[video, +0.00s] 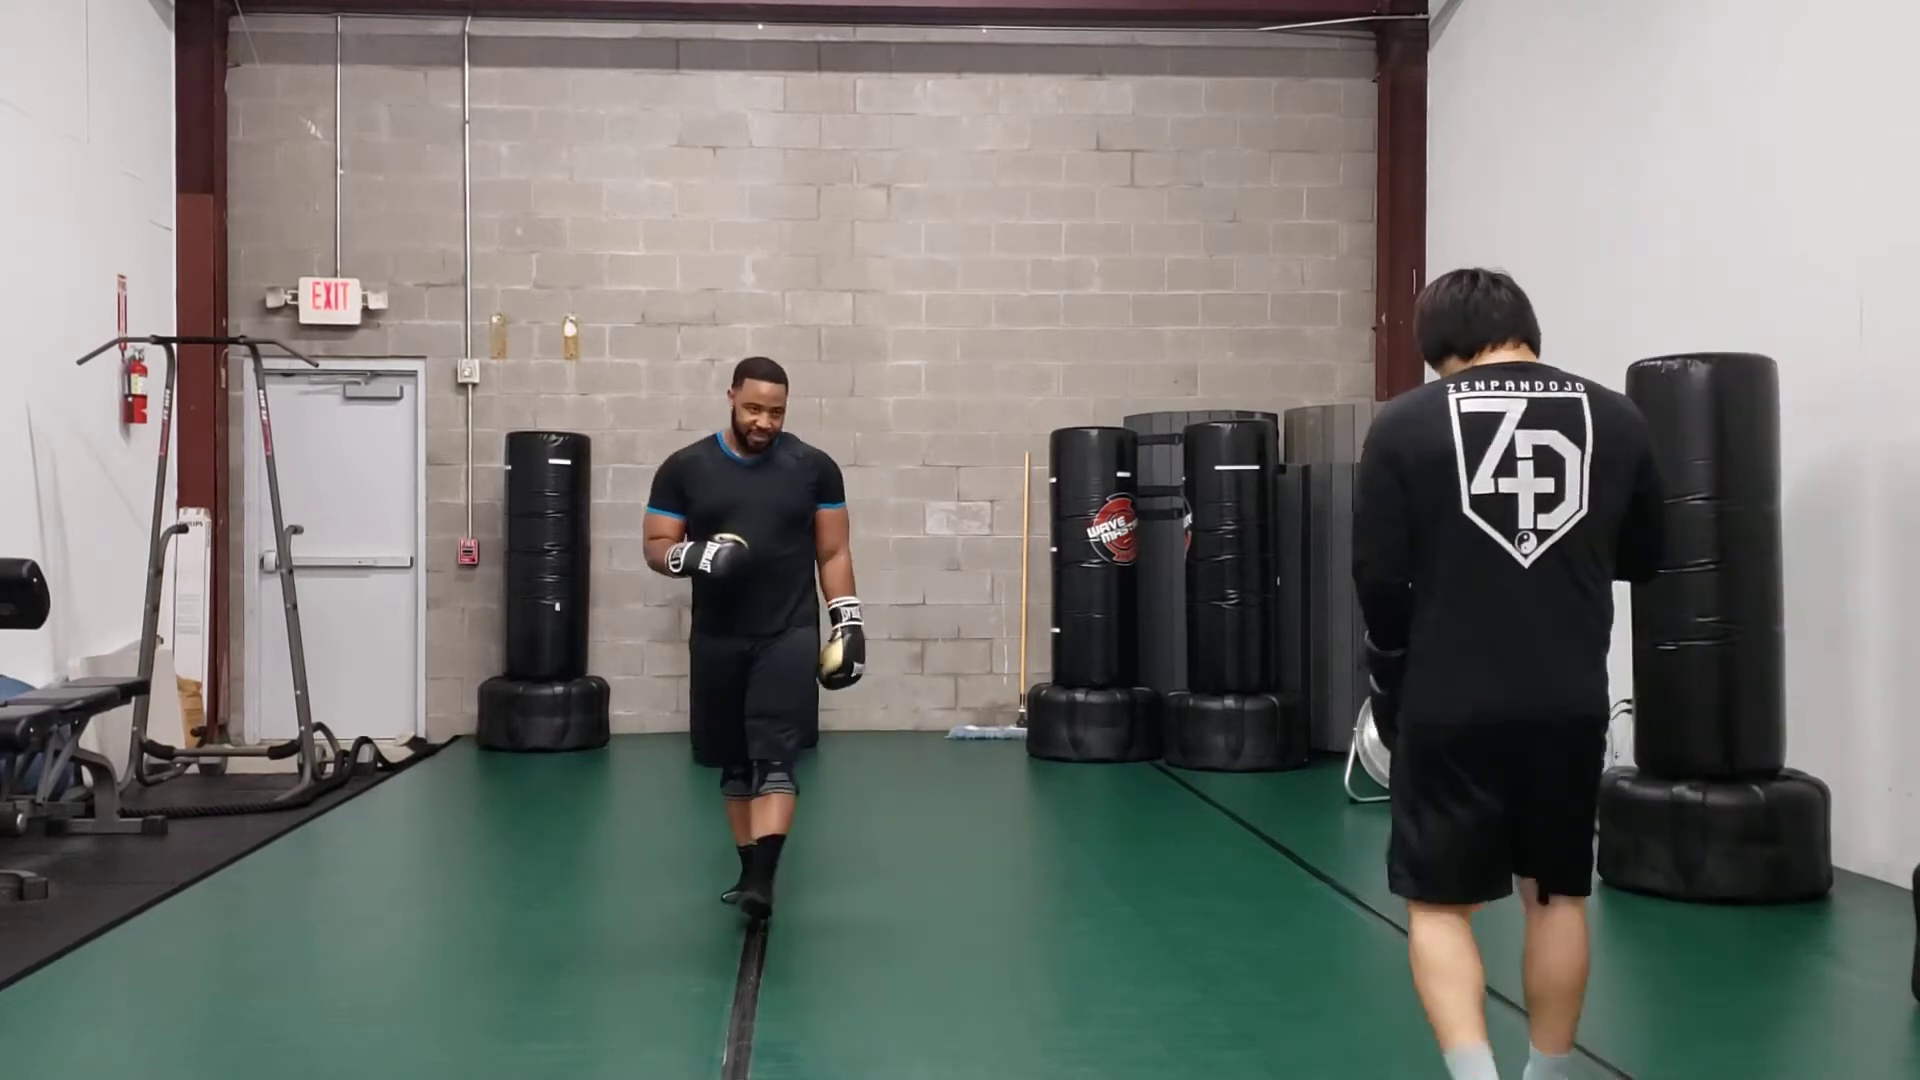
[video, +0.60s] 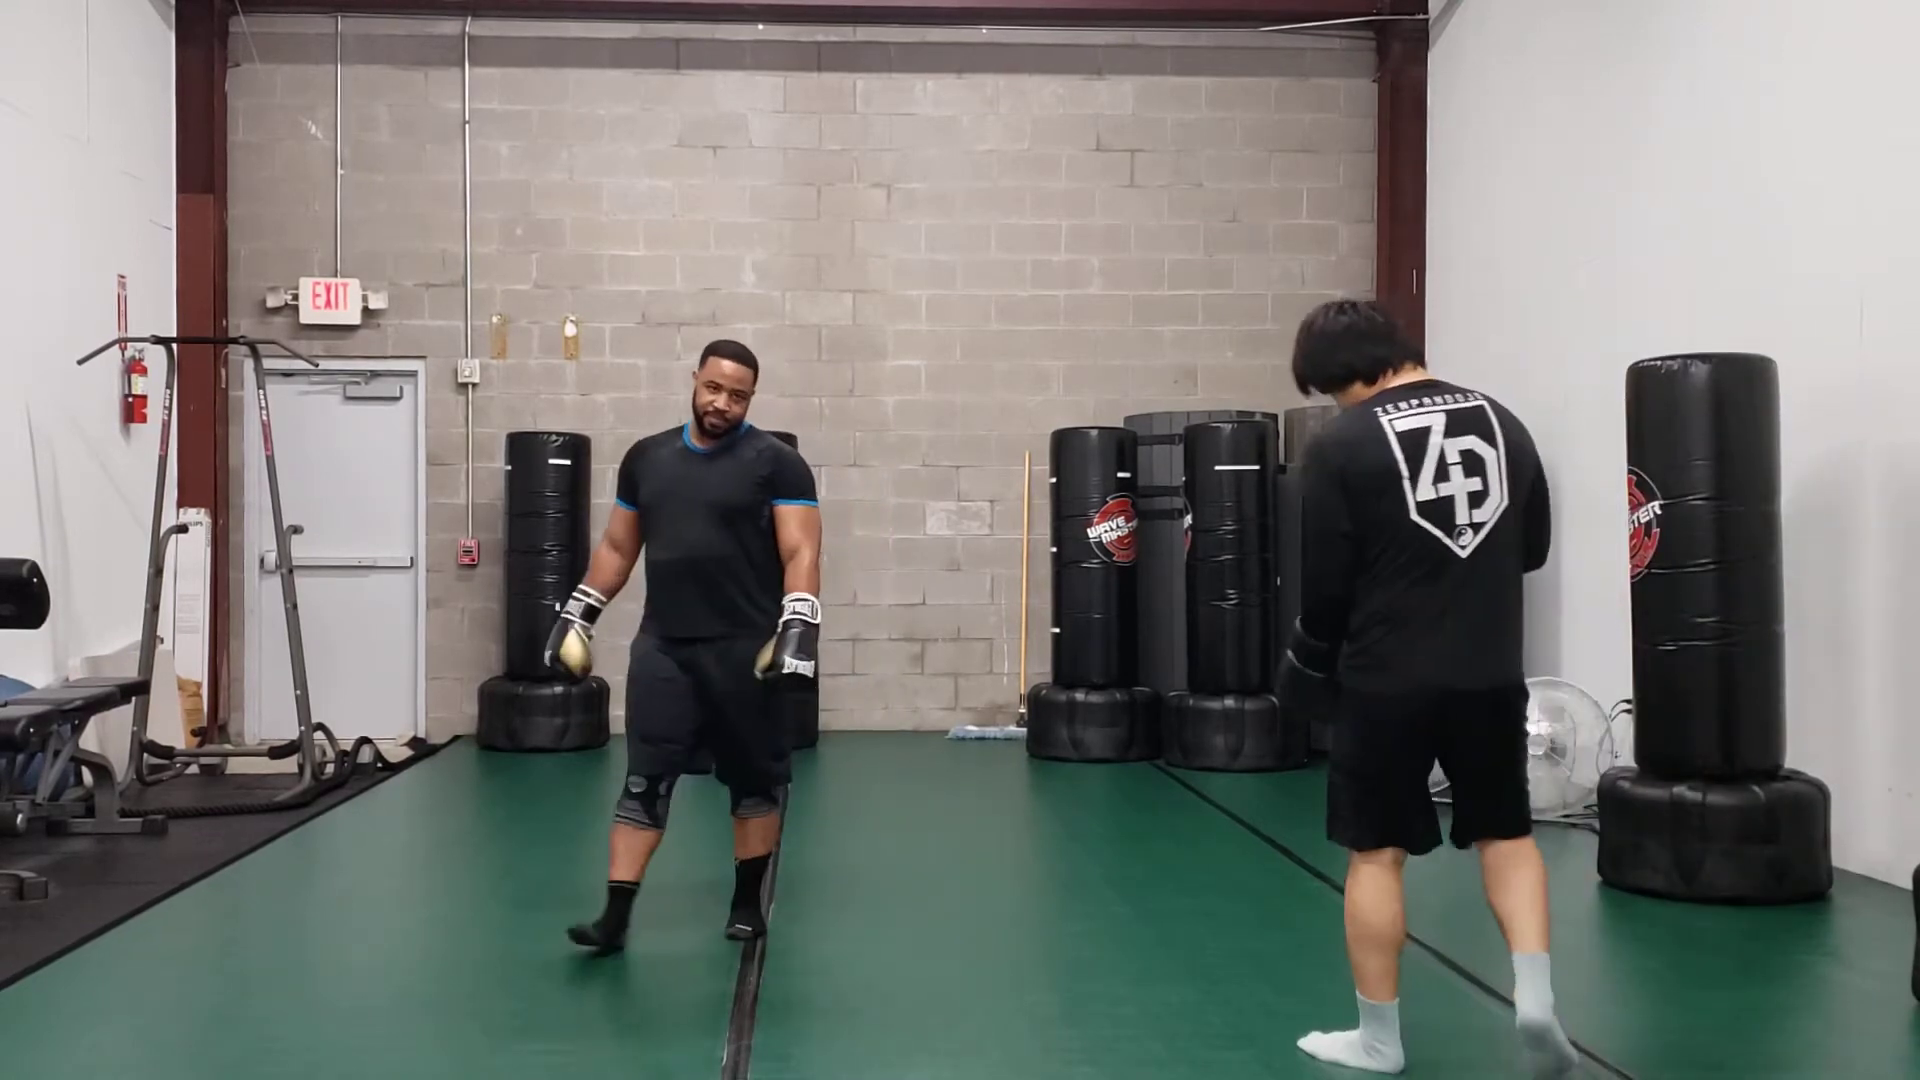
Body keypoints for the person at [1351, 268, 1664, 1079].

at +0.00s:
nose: (1434, 374)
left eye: (1433, 361)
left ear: (1440, 356)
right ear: (1532, 341)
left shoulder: (1405, 425)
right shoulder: (1611, 414)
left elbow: (1380, 576)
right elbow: (1645, 556)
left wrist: (1396, 672)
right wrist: (1568, 534)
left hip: (1451, 701)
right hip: (1567, 699)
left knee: (1439, 905)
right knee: (1557, 892)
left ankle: (1475, 1071)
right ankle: (1547, 1071)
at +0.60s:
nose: (1335, 407)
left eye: (1329, 393)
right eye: (1329, 394)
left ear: (1347, 379)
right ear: (1406, 352)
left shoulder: (1341, 446)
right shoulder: (1496, 419)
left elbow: (1326, 585)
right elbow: (1532, 545)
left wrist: (1313, 661)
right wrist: (1452, 562)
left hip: (1387, 681)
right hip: (1487, 675)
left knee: (1375, 850)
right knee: (1507, 829)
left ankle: (1378, 1036)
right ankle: (1535, 997)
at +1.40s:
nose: (1358, 376)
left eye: (1365, 362)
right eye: (1358, 361)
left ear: (1402, 363)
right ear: (1435, 359)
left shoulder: (1409, 433)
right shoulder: (1484, 421)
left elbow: (1400, 554)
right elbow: (1452, 539)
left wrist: (1342, 599)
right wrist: (1354, 543)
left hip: (1424, 660)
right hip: (1497, 657)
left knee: (1335, 805)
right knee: (1488, 819)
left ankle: (1349, 994)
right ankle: (1508, 1004)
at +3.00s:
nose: (1161, 419)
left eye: (1165, 404)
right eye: (1157, 406)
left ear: (1200, 395)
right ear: (1224, 391)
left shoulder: (1247, 451)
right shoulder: (1269, 442)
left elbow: (1254, 548)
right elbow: (1242, 540)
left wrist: (1168, 532)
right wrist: (1161, 524)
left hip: (1266, 671)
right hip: (1324, 668)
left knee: (1204, 822)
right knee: (1340, 821)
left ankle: (1176, 995)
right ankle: (1396, 983)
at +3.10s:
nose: (1133, 442)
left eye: (1133, 428)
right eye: (1128, 430)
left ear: (1165, 414)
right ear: (1181, 405)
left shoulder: (1215, 459)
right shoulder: (1248, 445)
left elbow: (1217, 564)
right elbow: (1236, 551)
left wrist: (1138, 553)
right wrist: (1154, 520)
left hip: (1250, 668)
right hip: (1305, 663)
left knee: (1172, 818)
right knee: (1295, 811)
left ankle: (1171, 997)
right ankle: (1385, 955)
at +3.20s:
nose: (1107, 454)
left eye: (1110, 440)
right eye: (1102, 442)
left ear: (1144, 425)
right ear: (1160, 419)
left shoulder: (1184, 470)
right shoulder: (1225, 448)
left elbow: (1186, 572)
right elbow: (1221, 548)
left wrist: (1107, 560)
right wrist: (1138, 519)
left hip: (1233, 665)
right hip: (1282, 661)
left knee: (1156, 818)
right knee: (1251, 796)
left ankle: (1170, 998)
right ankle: (1348, 933)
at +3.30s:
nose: (1096, 454)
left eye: (1100, 439)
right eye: (1092, 441)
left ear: (1134, 427)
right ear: (1157, 420)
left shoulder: (1173, 471)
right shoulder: (1211, 452)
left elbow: (1172, 566)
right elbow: (1200, 550)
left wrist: (1091, 553)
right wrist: (1121, 518)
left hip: (1219, 670)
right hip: (1270, 665)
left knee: (1135, 814)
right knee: (1240, 801)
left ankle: (1168, 994)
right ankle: (1297, 955)